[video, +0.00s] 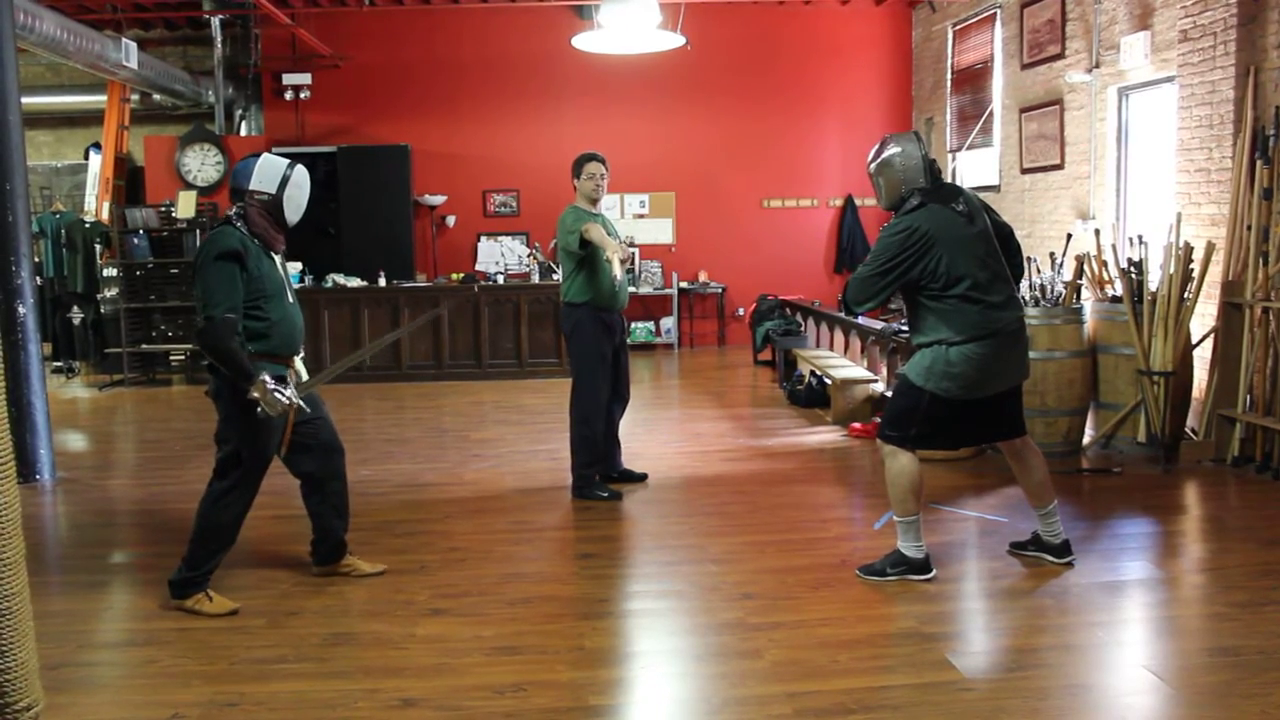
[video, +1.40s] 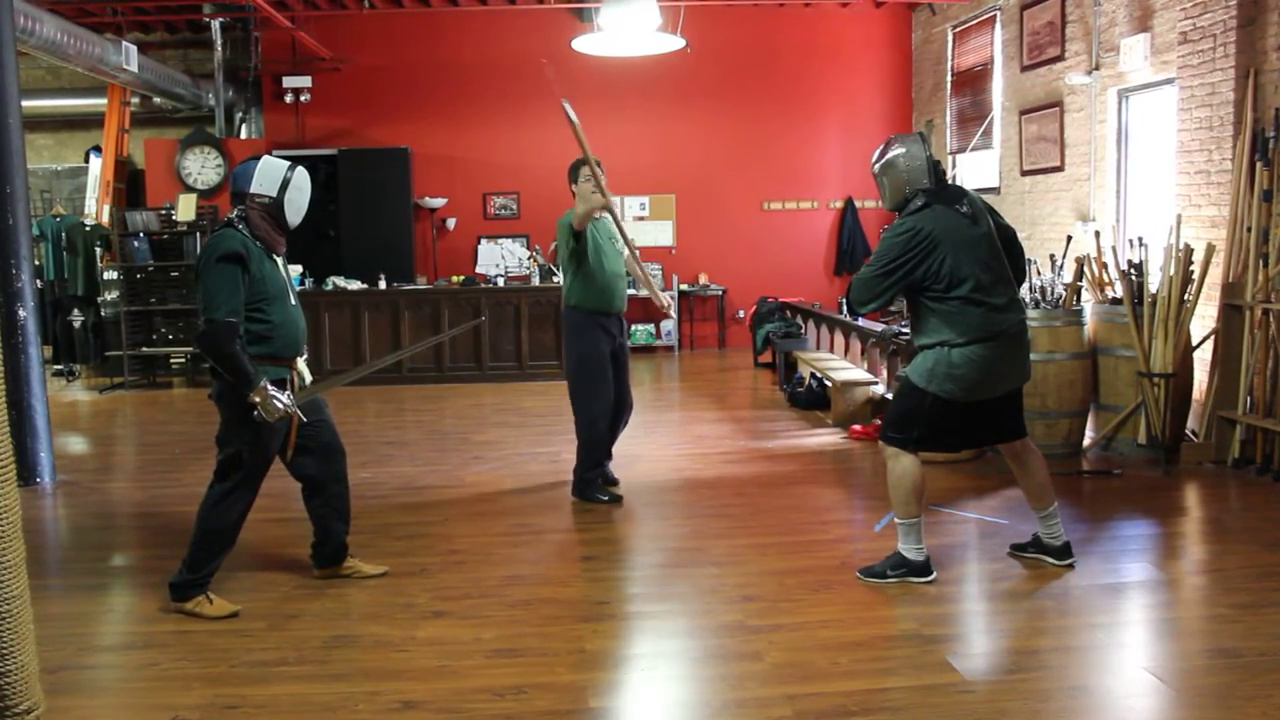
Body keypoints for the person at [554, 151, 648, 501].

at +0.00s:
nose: (597, 182)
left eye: (602, 176)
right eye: (590, 176)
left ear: (607, 182)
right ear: (576, 182)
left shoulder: (604, 221)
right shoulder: (572, 215)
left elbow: (618, 253)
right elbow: (591, 232)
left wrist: (625, 254)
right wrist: (613, 248)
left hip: (610, 315)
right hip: (585, 316)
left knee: (615, 394)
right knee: (590, 396)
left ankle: (609, 467)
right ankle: (584, 480)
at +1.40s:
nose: (596, 181)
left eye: (599, 175)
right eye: (587, 177)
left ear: (606, 182)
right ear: (574, 188)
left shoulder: (609, 224)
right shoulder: (569, 223)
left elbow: (627, 264)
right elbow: (578, 218)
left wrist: (654, 293)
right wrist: (593, 204)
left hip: (613, 322)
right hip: (584, 322)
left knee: (620, 403)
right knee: (595, 402)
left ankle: (598, 465)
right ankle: (585, 482)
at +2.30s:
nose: (576, 190)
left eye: (581, 186)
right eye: (570, 186)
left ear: (587, 194)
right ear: (558, 194)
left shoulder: (597, 236)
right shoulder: (541, 231)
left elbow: (617, 279)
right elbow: (506, 259)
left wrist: (634, 319)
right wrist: (490, 261)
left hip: (585, 319)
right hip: (548, 319)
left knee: (593, 389)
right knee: (548, 387)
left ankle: (597, 459)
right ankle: (549, 447)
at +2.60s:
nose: (562, 188)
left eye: (566, 183)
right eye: (556, 184)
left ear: (574, 189)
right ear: (546, 191)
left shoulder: (589, 230)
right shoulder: (531, 229)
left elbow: (610, 270)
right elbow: (501, 262)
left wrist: (628, 312)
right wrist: (474, 288)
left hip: (577, 313)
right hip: (540, 313)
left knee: (586, 380)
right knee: (544, 384)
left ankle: (582, 443)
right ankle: (549, 448)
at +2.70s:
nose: (561, 188)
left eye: (565, 183)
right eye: (555, 184)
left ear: (573, 189)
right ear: (545, 191)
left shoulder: (588, 229)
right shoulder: (531, 228)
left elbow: (610, 270)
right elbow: (501, 262)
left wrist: (628, 311)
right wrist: (473, 289)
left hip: (576, 312)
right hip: (539, 312)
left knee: (585, 380)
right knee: (543, 383)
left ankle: (580, 434)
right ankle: (550, 446)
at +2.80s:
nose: (563, 189)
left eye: (567, 185)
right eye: (556, 186)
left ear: (575, 190)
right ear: (547, 192)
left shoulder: (589, 230)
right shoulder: (533, 229)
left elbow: (610, 271)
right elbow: (501, 262)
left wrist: (628, 312)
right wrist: (473, 292)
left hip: (577, 310)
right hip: (540, 310)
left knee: (584, 376)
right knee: (544, 381)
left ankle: (577, 429)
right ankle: (550, 447)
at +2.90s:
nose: (564, 192)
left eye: (569, 187)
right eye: (558, 188)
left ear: (577, 192)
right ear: (549, 194)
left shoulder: (590, 232)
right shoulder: (534, 231)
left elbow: (610, 272)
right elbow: (502, 263)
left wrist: (627, 312)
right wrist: (473, 294)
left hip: (578, 311)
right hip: (542, 313)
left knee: (581, 373)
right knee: (546, 380)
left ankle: (573, 425)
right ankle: (551, 445)